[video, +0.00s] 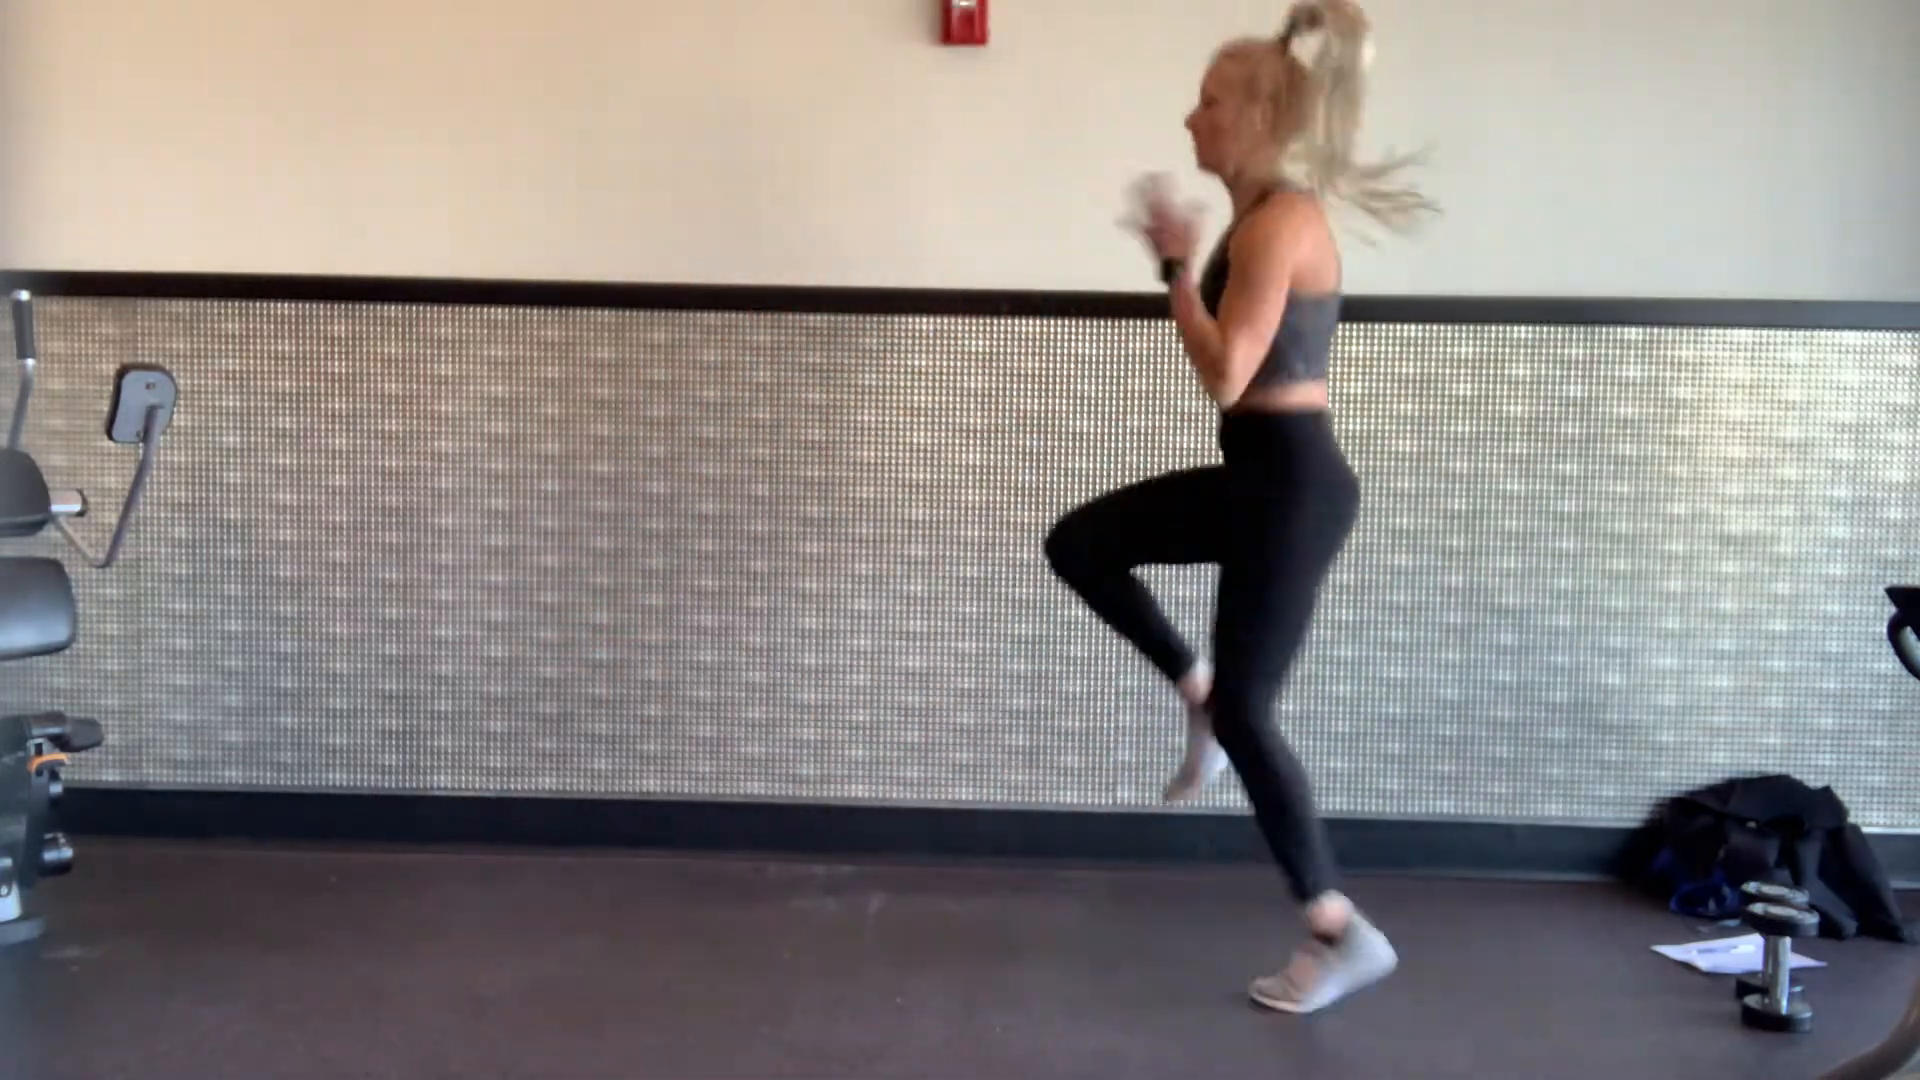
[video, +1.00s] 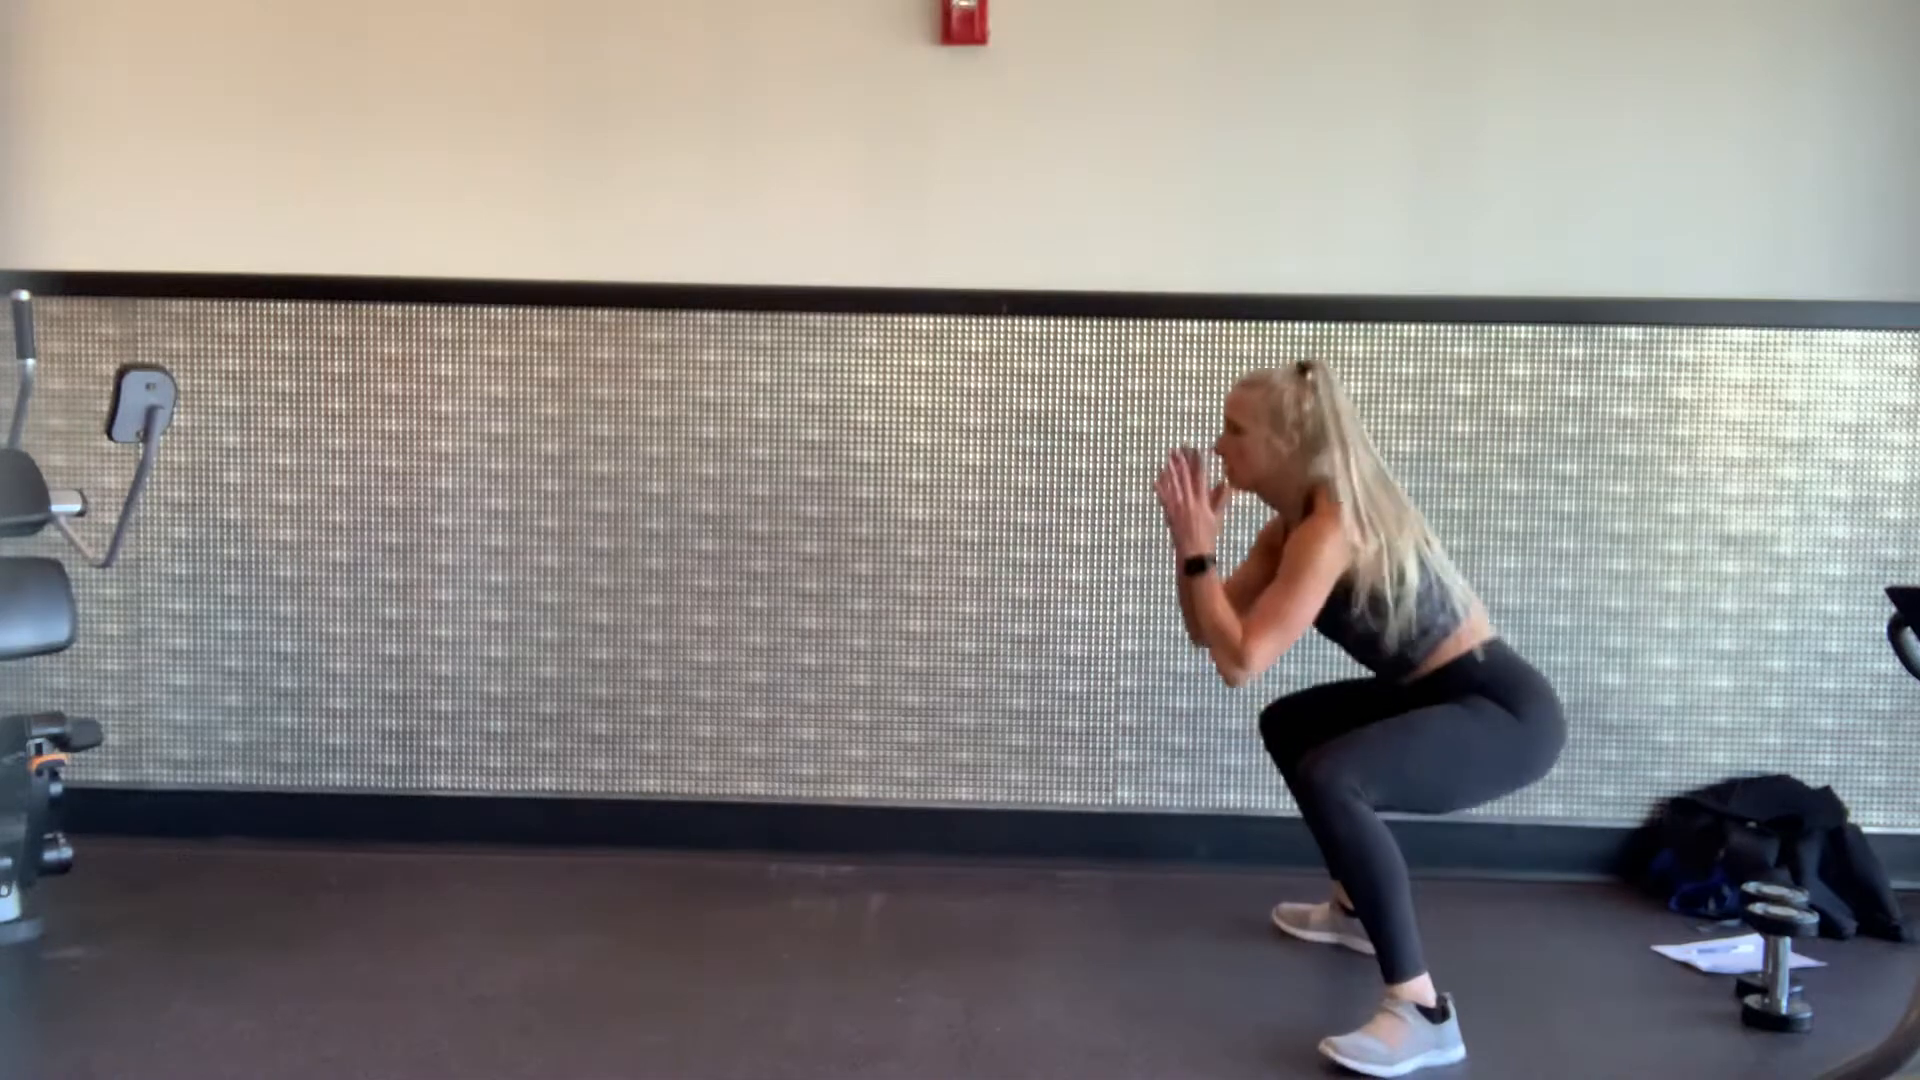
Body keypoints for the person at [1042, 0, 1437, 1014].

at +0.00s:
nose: (1193, 117)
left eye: (1210, 103)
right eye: (1199, 100)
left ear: (1258, 122)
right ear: (1263, 124)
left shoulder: (1282, 223)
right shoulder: (1267, 217)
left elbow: (1224, 374)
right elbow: (1232, 351)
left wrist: (1180, 276)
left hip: (1294, 490)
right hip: (1261, 482)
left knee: (1241, 707)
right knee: (1080, 543)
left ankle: (1338, 928)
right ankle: (1200, 691)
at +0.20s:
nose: (1223, 130)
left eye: (1239, 115)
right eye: (1229, 113)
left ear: (1289, 128)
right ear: (1289, 131)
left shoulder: (1321, 231)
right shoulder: (1311, 223)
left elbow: (1284, 384)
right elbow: (1291, 364)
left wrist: (1197, 311)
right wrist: (1203, 309)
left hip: (1342, 496)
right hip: (1309, 487)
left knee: (1306, 718)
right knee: (1140, 571)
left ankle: (1355, 945)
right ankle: (1258, 731)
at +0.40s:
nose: (1235, 140)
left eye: (1254, 127)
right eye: (1242, 123)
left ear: (1308, 145)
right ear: (1300, 147)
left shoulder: (1345, 244)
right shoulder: (1307, 237)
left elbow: (1337, 405)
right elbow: (1312, 386)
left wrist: (1220, 376)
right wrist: (1213, 378)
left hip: (1399, 499)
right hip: (1352, 495)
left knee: (1319, 702)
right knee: (1275, 679)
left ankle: (1398, 942)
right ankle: (1328, 854)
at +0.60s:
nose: (1223, 388)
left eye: (1237, 373)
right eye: (1225, 370)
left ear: (1282, 383)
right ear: (1283, 384)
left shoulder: (1335, 463)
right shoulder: (1291, 467)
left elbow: (1251, 603)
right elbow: (1204, 583)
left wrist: (1212, 495)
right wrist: (1204, 490)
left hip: (1483, 671)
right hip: (1426, 663)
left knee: (1323, 779)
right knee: (1277, 729)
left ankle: (1419, 1007)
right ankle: (1358, 907)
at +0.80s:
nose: (1215, 488)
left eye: (1229, 475)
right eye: (1220, 472)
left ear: (1274, 497)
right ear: (1274, 497)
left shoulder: (1331, 563)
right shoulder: (1293, 569)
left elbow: (1250, 710)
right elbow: (1214, 679)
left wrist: (1202, 596)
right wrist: (1200, 588)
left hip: (1512, 750)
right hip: (1455, 731)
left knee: (1335, 781)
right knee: (1289, 734)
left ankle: (1422, 1010)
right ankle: (1357, 909)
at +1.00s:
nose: (1221, 443)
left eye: (1235, 430)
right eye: (1225, 428)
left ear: (1282, 445)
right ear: (1281, 446)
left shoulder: (1330, 525)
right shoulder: (1292, 526)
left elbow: (1238, 659)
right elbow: (1217, 631)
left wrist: (1196, 551)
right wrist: (1192, 548)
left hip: (1505, 712)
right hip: (1441, 694)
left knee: (1334, 777)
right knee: (1288, 728)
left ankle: (1422, 1008)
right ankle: (1356, 911)